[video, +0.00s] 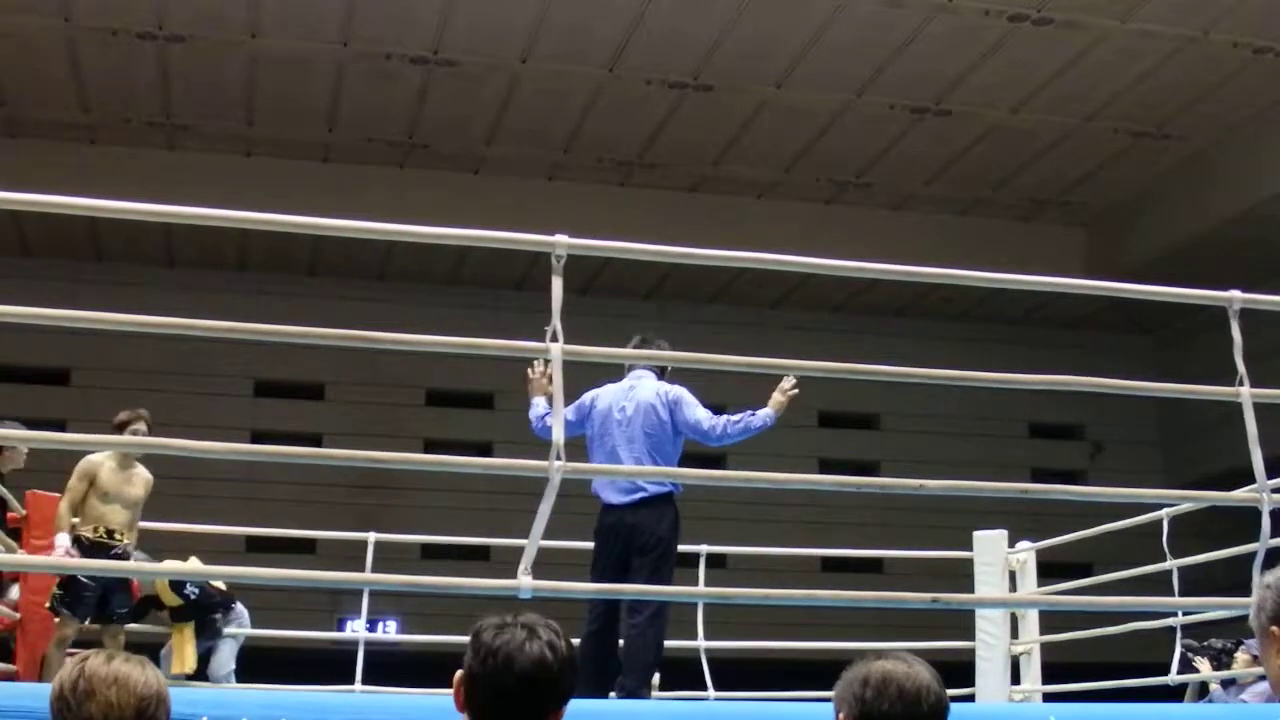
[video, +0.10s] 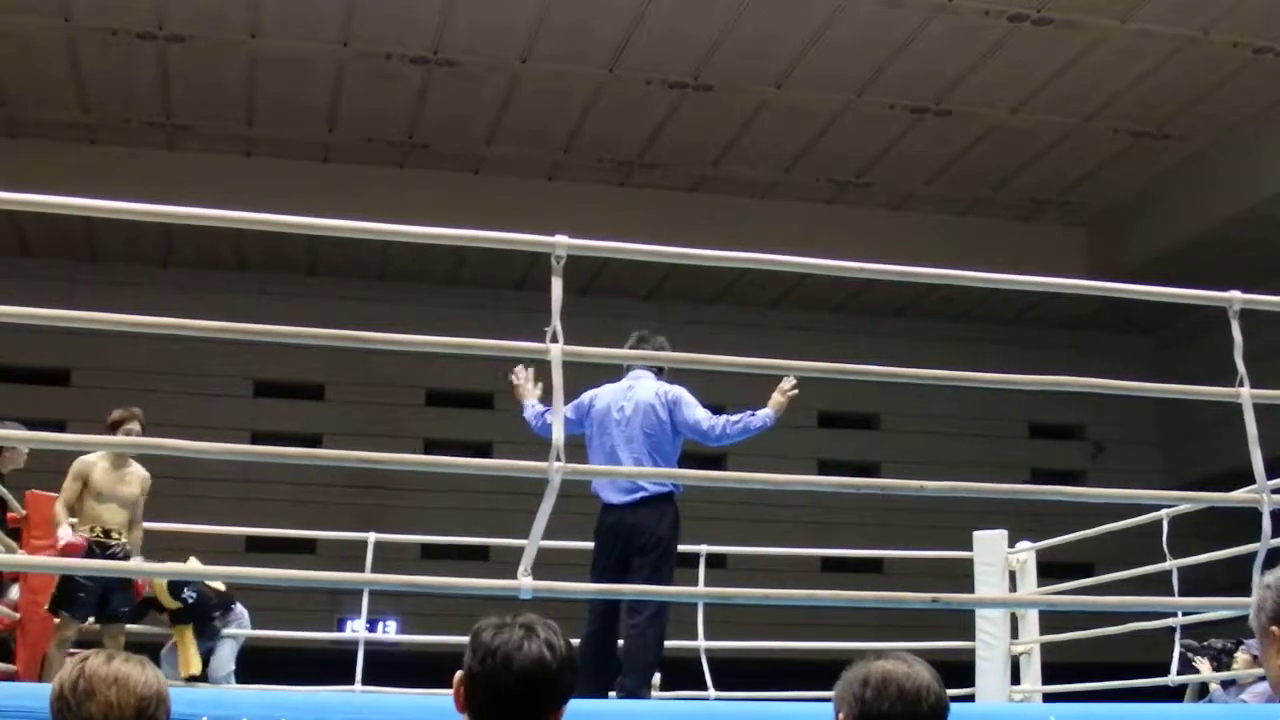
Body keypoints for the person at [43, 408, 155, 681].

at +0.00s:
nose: (140, 439)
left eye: (144, 434)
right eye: (134, 433)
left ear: (148, 439)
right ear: (119, 434)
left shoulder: (145, 478)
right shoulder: (92, 464)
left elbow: (134, 523)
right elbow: (66, 504)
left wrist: (127, 553)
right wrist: (63, 541)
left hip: (120, 553)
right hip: (86, 548)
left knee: (115, 636)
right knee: (66, 632)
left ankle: (115, 704)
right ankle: (48, 697)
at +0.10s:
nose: (133, 439)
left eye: (137, 434)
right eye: (127, 432)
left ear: (141, 437)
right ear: (112, 433)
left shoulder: (142, 477)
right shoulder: (86, 465)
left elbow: (137, 524)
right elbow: (62, 503)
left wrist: (135, 559)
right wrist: (64, 528)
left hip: (120, 556)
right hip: (85, 552)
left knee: (115, 636)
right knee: (66, 632)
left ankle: (115, 705)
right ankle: (48, 697)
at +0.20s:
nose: (125, 437)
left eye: (129, 431)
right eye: (119, 431)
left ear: (133, 436)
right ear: (102, 433)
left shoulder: (135, 473)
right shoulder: (76, 465)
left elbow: (136, 521)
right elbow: (57, 506)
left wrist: (141, 557)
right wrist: (64, 528)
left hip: (119, 550)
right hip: (82, 548)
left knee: (115, 635)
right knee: (65, 632)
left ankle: (116, 703)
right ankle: (48, 699)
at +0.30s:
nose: (114, 434)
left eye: (118, 429)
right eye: (108, 428)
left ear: (122, 433)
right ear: (92, 431)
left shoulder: (127, 470)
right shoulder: (67, 467)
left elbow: (133, 517)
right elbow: (52, 509)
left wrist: (144, 552)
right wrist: (59, 529)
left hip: (114, 552)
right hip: (77, 550)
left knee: (114, 634)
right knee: (64, 633)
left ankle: (116, 702)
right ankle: (48, 700)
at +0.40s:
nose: (107, 434)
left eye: (110, 429)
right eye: (100, 429)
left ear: (115, 433)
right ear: (83, 432)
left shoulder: (119, 469)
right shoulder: (61, 469)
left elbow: (127, 515)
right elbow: (51, 513)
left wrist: (140, 544)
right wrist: (57, 542)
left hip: (110, 551)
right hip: (74, 550)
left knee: (118, 633)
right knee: (63, 634)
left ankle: (116, 703)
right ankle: (47, 700)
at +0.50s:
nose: (103, 433)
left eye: (106, 428)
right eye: (96, 427)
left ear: (110, 432)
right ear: (78, 432)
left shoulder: (114, 468)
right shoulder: (57, 469)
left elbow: (122, 514)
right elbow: (48, 517)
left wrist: (137, 544)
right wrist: (56, 551)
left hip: (109, 550)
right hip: (72, 550)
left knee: (124, 633)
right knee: (62, 633)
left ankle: (122, 703)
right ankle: (47, 702)